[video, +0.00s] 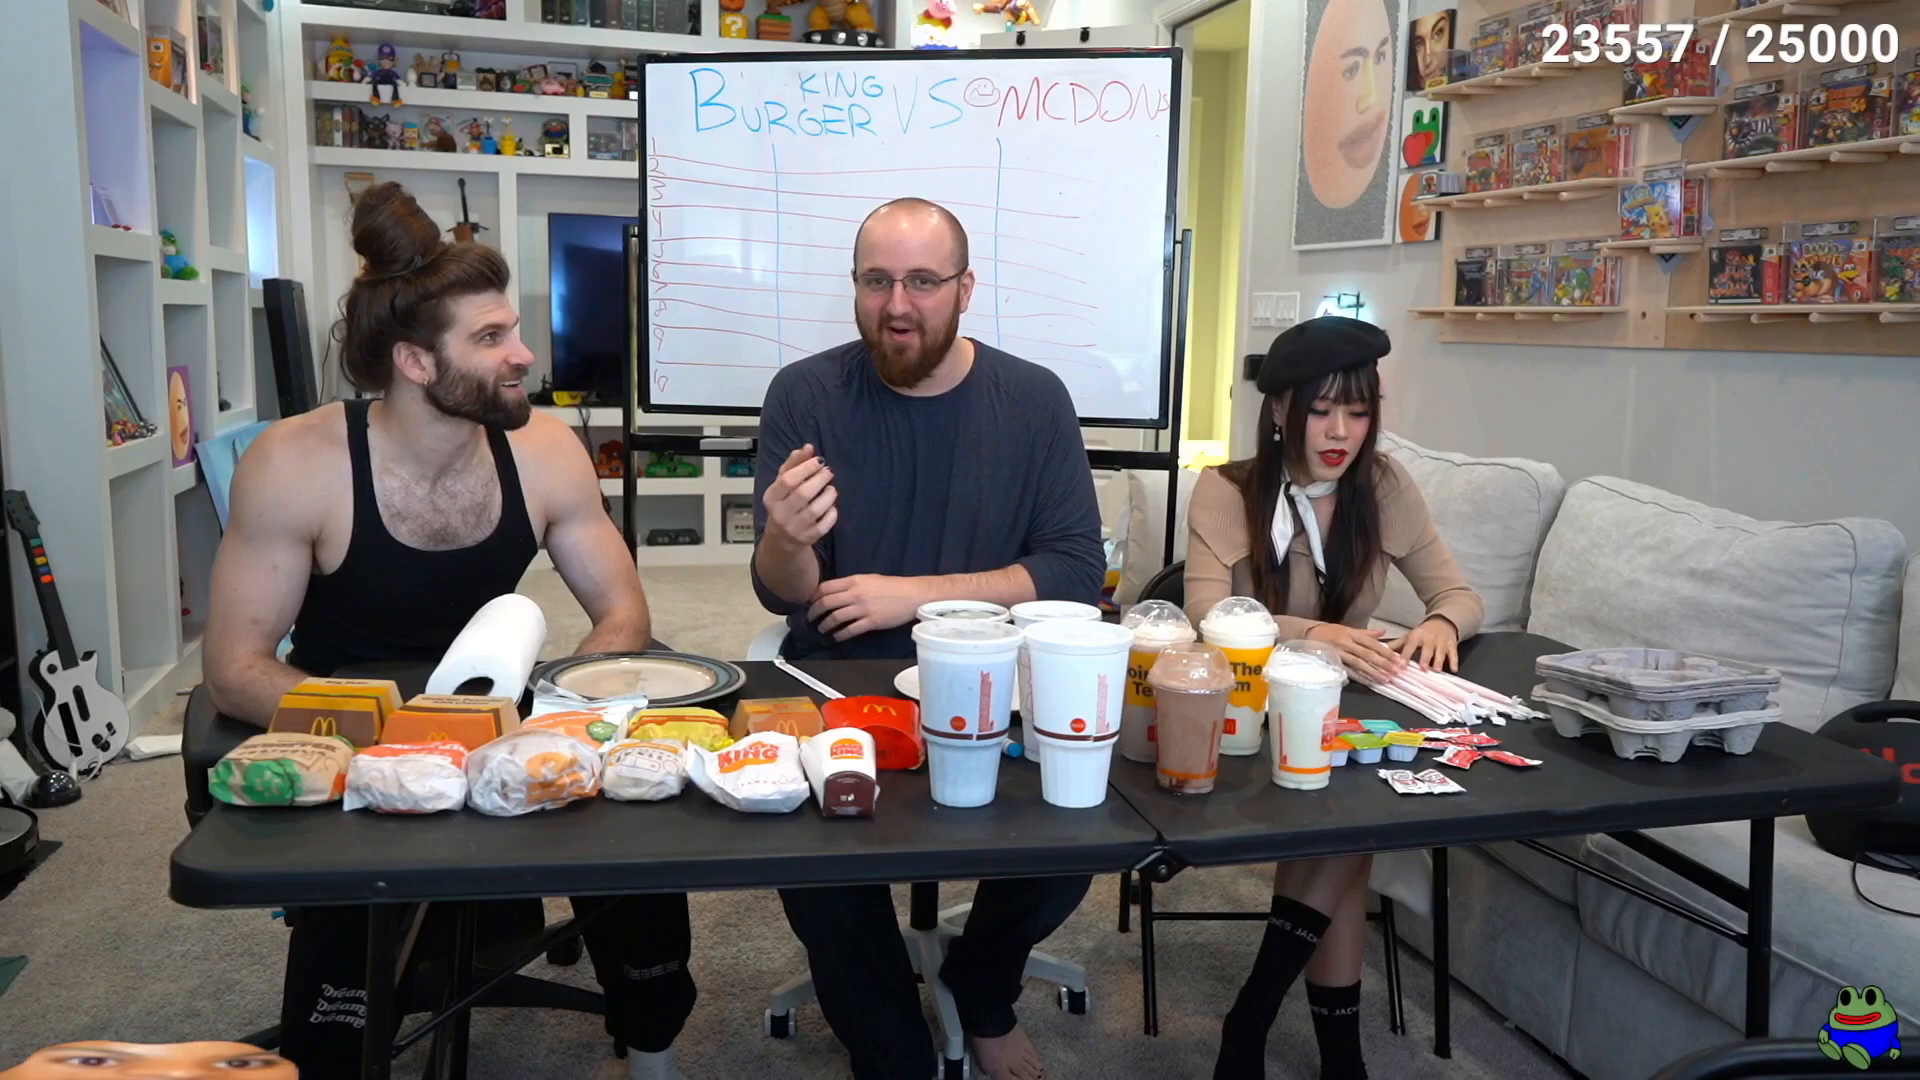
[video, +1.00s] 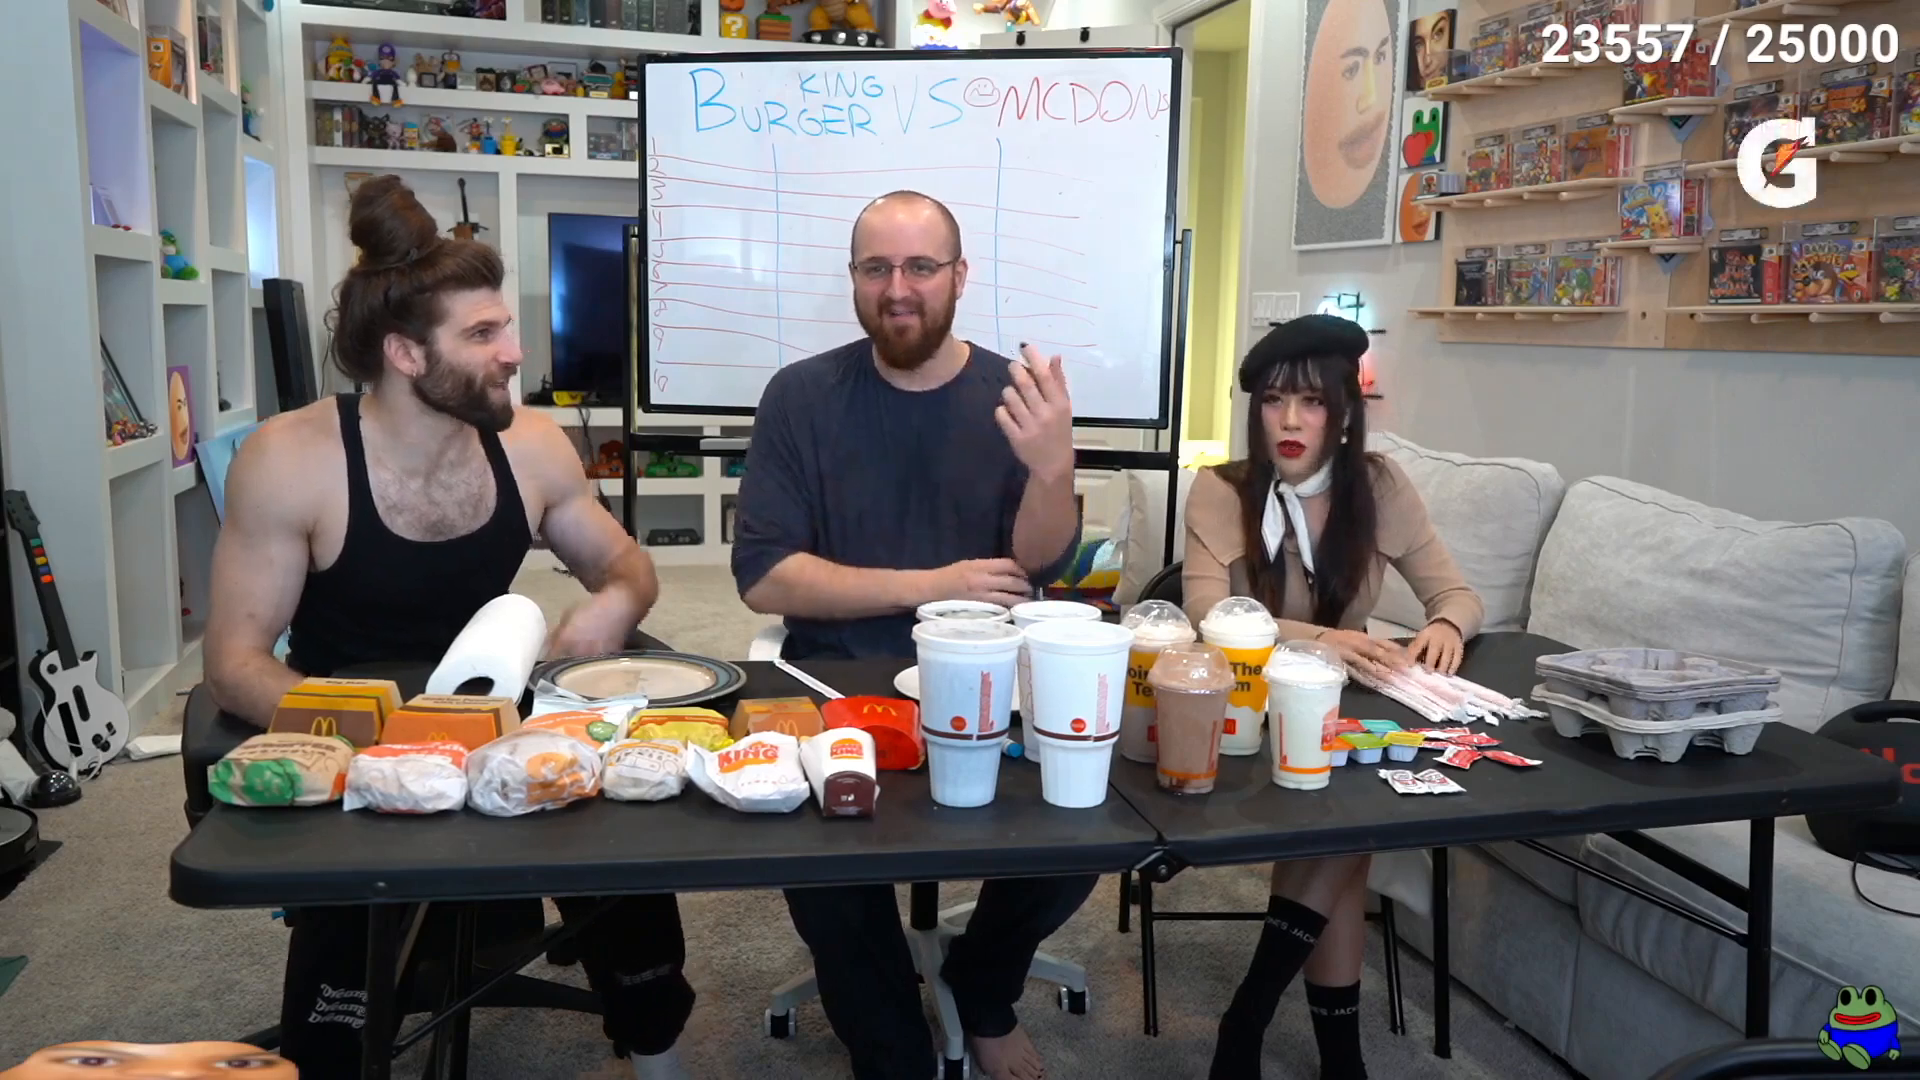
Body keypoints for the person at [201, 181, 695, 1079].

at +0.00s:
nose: (522, 353)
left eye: (516, 330)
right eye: (490, 338)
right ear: (415, 364)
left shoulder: (545, 451)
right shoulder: (295, 463)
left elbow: (624, 613)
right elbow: (233, 668)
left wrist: (565, 698)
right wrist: (368, 719)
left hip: (502, 744)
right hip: (344, 753)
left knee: (637, 831)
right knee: (353, 888)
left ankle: (651, 1054)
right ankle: (321, 1070)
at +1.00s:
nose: (512, 351)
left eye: (508, 329)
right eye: (483, 333)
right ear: (404, 354)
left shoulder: (530, 445)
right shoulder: (288, 460)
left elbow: (628, 565)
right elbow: (234, 662)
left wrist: (613, 609)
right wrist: (347, 721)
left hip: (501, 743)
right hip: (348, 755)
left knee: (622, 833)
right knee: (351, 890)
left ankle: (655, 1054)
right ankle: (321, 1070)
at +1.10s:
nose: (511, 348)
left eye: (507, 326)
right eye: (482, 330)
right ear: (404, 351)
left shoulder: (523, 439)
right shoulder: (287, 456)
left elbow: (626, 577)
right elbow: (235, 661)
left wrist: (666, 535)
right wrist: (350, 725)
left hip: (496, 740)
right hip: (344, 753)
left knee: (624, 831)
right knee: (350, 889)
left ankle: (656, 1055)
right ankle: (320, 1071)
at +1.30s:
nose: (521, 345)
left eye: (518, 323)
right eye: (495, 325)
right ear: (418, 341)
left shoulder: (523, 434)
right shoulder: (287, 450)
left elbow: (677, 508)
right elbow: (236, 655)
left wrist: (740, 438)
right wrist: (354, 722)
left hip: (488, 737)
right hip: (338, 750)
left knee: (629, 829)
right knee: (350, 892)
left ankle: (658, 1057)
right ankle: (321, 1072)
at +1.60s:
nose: (549, 357)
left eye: (547, 333)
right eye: (527, 332)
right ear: (446, 338)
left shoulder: (538, 419)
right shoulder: (299, 449)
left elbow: (691, 408)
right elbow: (240, 646)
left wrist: (831, 343)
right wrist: (318, 738)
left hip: (493, 727)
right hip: (341, 737)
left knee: (611, 828)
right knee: (343, 875)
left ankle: (654, 1055)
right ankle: (316, 1073)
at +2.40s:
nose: (545, 353)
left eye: (543, 331)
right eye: (522, 332)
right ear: (442, 341)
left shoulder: (533, 427)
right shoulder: (295, 449)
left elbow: (688, 497)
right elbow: (239, 649)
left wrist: (747, 424)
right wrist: (322, 738)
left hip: (495, 741)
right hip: (348, 753)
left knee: (628, 827)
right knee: (339, 895)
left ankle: (661, 1049)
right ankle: (322, 1072)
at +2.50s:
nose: (541, 353)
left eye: (540, 331)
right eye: (516, 332)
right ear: (440, 342)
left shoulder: (529, 440)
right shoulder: (295, 449)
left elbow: (663, 565)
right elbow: (238, 650)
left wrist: (688, 501)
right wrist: (336, 739)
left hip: (492, 749)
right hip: (342, 756)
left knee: (636, 832)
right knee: (353, 892)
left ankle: (664, 1053)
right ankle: (325, 1071)